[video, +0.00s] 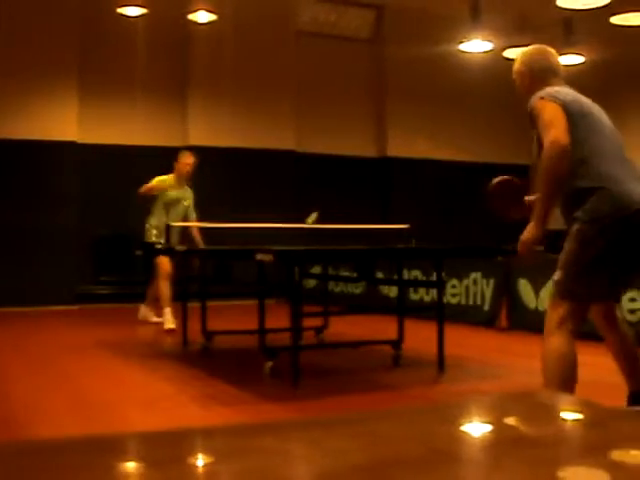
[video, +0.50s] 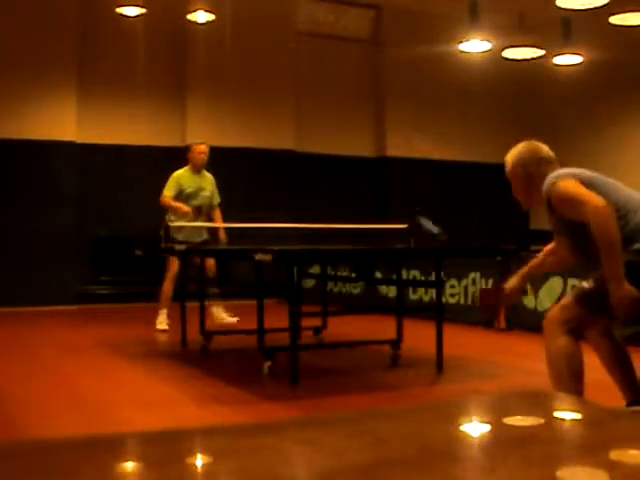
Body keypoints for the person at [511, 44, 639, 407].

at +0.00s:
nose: (515, 85)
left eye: (515, 77)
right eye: (514, 77)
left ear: (524, 76)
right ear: (557, 73)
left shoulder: (544, 99)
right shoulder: (581, 102)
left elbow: (558, 143)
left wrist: (538, 221)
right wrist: (538, 201)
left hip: (603, 210)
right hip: (631, 207)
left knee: (561, 317)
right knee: (604, 309)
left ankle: (557, 415)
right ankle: (637, 390)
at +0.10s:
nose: (517, 95)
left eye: (517, 87)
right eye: (516, 87)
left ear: (527, 85)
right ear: (555, 80)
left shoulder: (553, 107)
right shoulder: (575, 107)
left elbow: (577, 148)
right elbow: (599, 176)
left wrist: (563, 219)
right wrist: (551, 201)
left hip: (615, 215)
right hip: (632, 213)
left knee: (564, 318)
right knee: (605, 319)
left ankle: (561, 414)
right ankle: (636, 396)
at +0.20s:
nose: (514, 122)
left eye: (514, 114)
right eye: (513, 114)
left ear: (526, 110)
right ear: (551, 102)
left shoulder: (557, 126)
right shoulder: (576, 124)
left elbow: (593, 160)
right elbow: (577, 212)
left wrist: (587, 228)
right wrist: (537, 220)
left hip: (627, 225)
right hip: (633, 224)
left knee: (565, 316)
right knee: (603, 319)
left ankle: (571, 414)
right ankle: (636, 397)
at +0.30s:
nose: (512, 157)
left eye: (513, 147)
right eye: (510, 148)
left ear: (529, 141)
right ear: (545, 135)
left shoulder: (557, 154)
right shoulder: (570, 152)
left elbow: (601, 182)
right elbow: (581, 233)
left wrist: (607, 250)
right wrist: (537, 240)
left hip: (632, 245)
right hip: (634, 246)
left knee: (566, 319)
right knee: (600, 324)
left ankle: (575, 414)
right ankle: (636, 398)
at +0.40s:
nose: (511, 184)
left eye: (511, 175)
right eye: (509, 177)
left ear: (526, 168)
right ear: (543, 160)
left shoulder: (557, 179)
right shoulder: (560, 184)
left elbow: (602, 202)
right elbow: (572, 246)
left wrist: (616, 275)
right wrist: (522, 265)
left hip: (631, 260)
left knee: (562, 320)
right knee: (599, 326)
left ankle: (571, 415)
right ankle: (635, 399)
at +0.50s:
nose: (513, 190)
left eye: (513, 181)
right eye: (511, 182)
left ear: (527, 176)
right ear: (545, 166)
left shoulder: (557, 185)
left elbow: (599, 210)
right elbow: (565, 249)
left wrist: (617, 282)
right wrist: (520, 279)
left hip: (635, 260)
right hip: (634, 259)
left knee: (557, 321)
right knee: (595, 326)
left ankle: (569, 417)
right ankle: (635, 401)